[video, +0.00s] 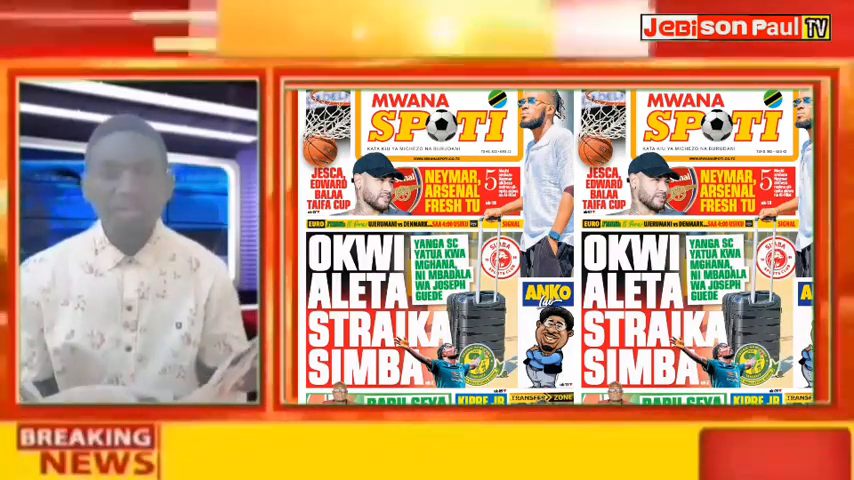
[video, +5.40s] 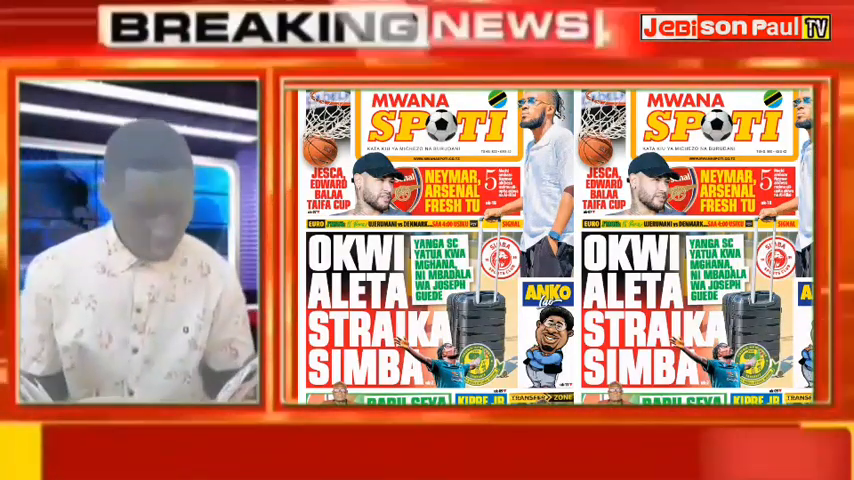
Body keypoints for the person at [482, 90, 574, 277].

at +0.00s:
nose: (523, 107)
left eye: (531, 101)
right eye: (522, 103)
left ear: (549, 110)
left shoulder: (563, 138)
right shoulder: (531, 147)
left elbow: (571, 192)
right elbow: (532, 196)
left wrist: (553, 238)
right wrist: (502, 211)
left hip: (552, 242)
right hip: (530, 243)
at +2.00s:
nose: (523, 107)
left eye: (531, 101)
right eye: (522, 103)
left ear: (549, 110)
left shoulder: (563, 139)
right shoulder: (531, 147)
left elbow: (571, 192)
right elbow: (532, 196)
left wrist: (554, 238)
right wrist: (502, 211)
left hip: (551, 241)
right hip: (530, 242)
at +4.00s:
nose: (523, 107)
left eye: (531, 101)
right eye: (522, 103)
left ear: (550, 110)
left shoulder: (563, 139)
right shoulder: (531, 146)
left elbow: (571, 192)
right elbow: (532, 196)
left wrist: (554, 238)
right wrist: (502, 211)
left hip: (551, 241)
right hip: (530, 242)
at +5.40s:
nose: (523, 107)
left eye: (531, 102)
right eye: (522, 103)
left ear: (549, 110)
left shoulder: (563, 139)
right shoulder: (531, 147)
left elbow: (571, 192)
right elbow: (532, 196)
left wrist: (554, 238)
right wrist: (502, 211)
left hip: (551, 241)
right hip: (529, 242)